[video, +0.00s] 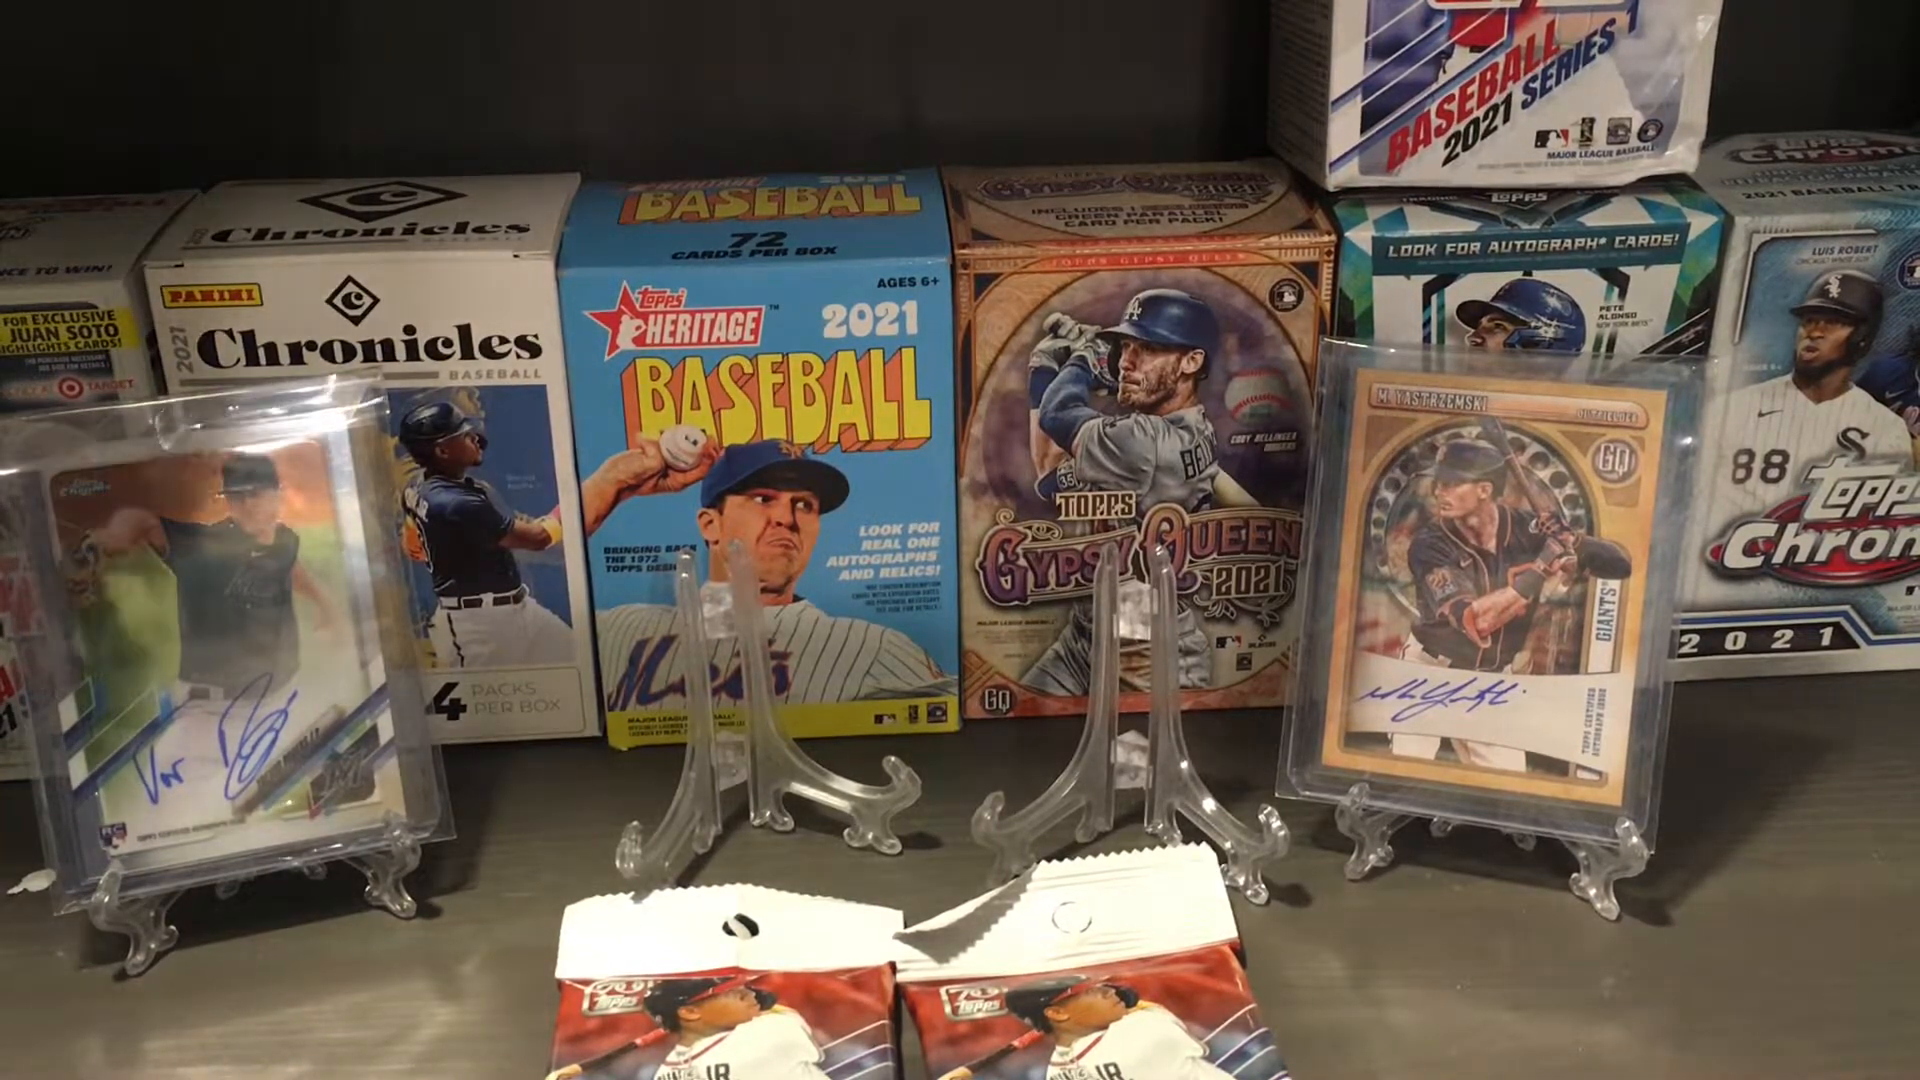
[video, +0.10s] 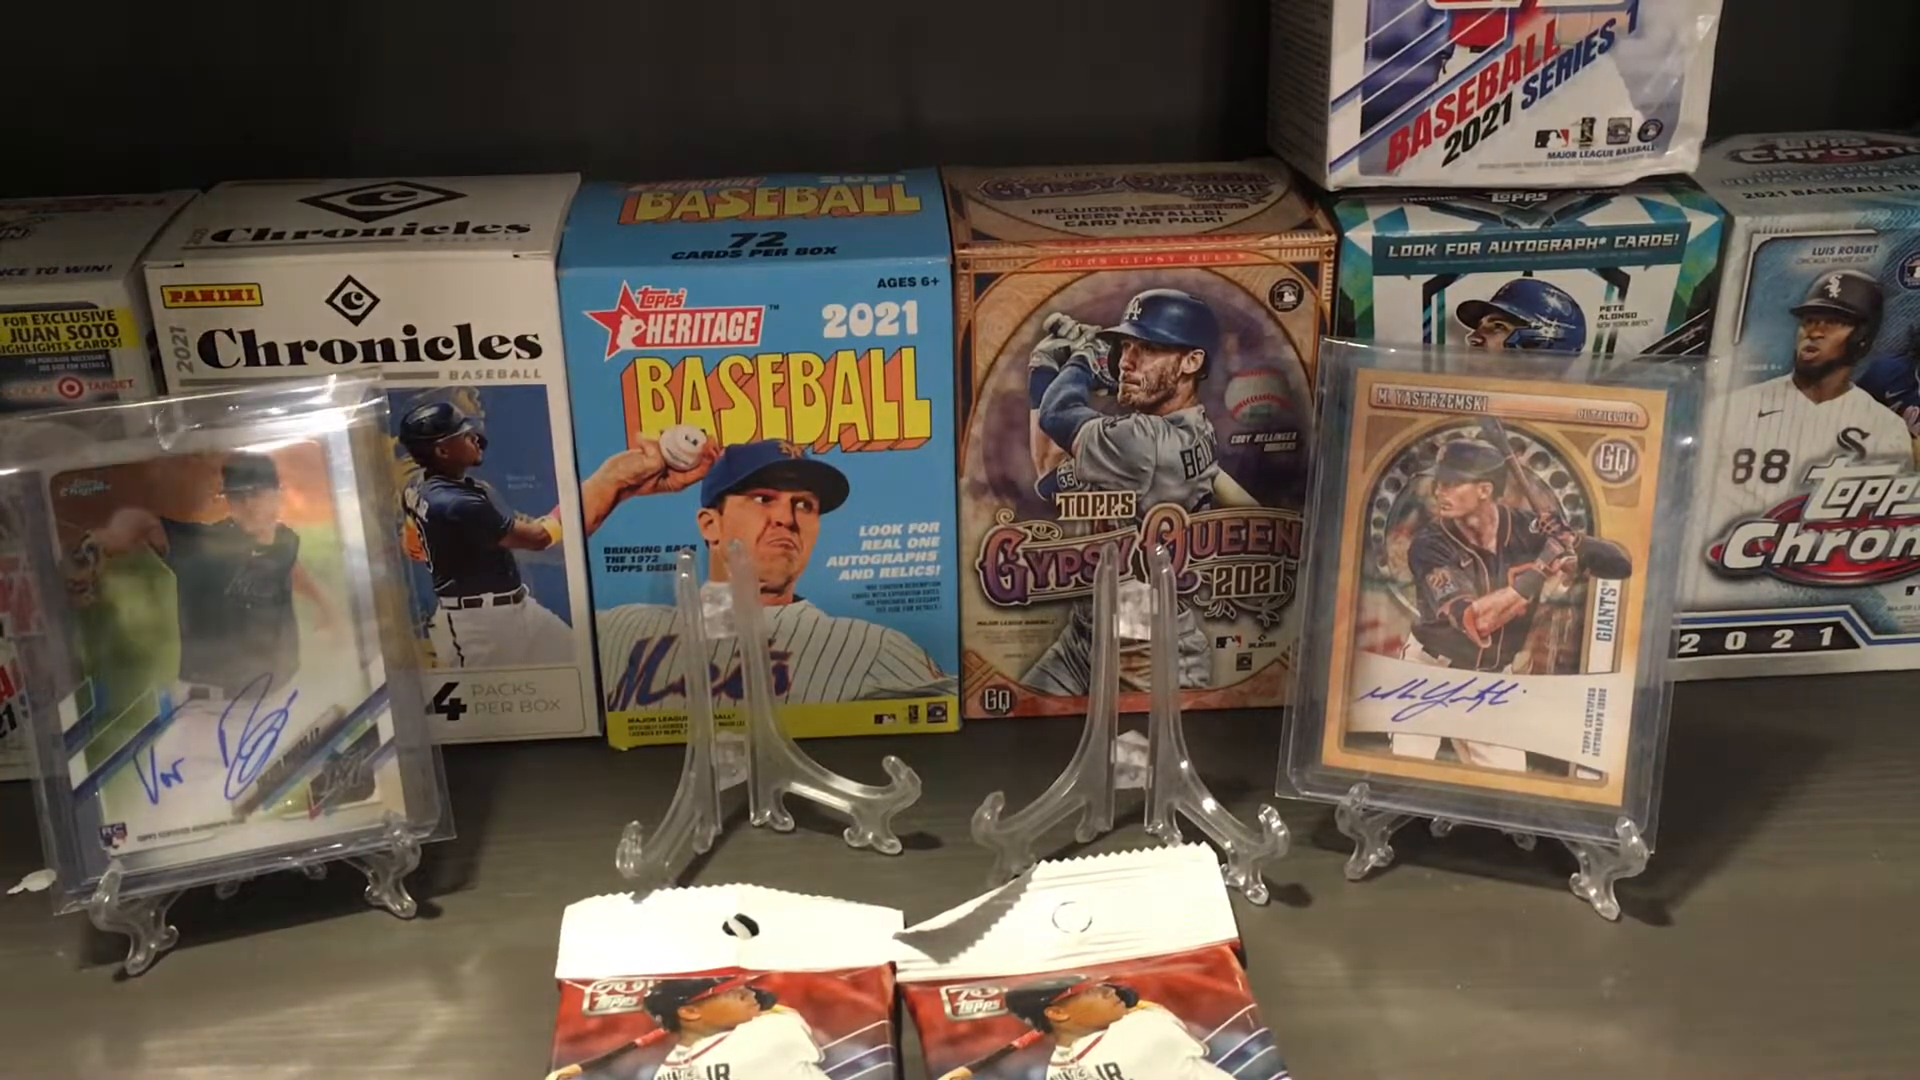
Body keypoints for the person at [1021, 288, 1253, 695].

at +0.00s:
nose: (1127, 362)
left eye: (1148, 350)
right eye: (1126, 347)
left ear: (1190, 363)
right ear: (1120, 348)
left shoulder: (1140, 441)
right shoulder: (1187, 430)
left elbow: (1059, 410)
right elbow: (1048, 476)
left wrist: (1087, 361)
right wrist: (1042, 372)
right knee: (1009, 738)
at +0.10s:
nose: (1127, 362)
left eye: (1148, 350)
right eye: (1126, 348)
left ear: (1190, 363)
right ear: (1120, 349)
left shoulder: (1140, 441)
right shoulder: (1187, 432)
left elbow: (1059, 410)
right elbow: (1048, 474)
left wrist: (1087, 361)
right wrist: (1042, 371)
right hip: (1091, 642)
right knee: (1009, 736)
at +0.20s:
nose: (1127, 362)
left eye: (1148, 350)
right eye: (1126, 347)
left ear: (1190, 363)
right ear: (1120, 349)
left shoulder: (1140, 441)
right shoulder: (1188, 431)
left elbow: (1059, 411)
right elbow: (1048, 476)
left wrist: (1087, 361)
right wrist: (1042, 371)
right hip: (1091, 641)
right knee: (1009, 737)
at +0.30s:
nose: (1126, 362)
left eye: (1147, 350)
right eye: (1126, 347)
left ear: (1190, 363)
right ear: (1118, 348)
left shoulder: (1142, 442)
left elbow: (1059, 410)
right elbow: (1050, 476)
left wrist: (1086, 359)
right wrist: (1043, 368)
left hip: (1160, 648)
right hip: (1090, 642)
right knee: (1009, 736)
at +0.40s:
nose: (1126, 362)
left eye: (1145, 350)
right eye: (1126, 348)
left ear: (1191, 363)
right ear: (1117, 350)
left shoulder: (1147, 442)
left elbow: (1060, 411)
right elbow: (1049, 477)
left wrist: (1083, 361)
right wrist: (1043, 366)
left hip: (1159, 648)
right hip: (1088, 639)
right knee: (1012, 737)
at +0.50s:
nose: (1127, 363)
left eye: (1147, 351)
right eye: (1126, 348)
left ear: (1191, 363)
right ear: (1119, 349)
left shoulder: (1141, 442)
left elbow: (1060, 410)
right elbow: (1049, 478)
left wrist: (1086, 359)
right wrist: (1043, 369)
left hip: (1161, 649)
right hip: (1089, 642)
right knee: (1009, 739)